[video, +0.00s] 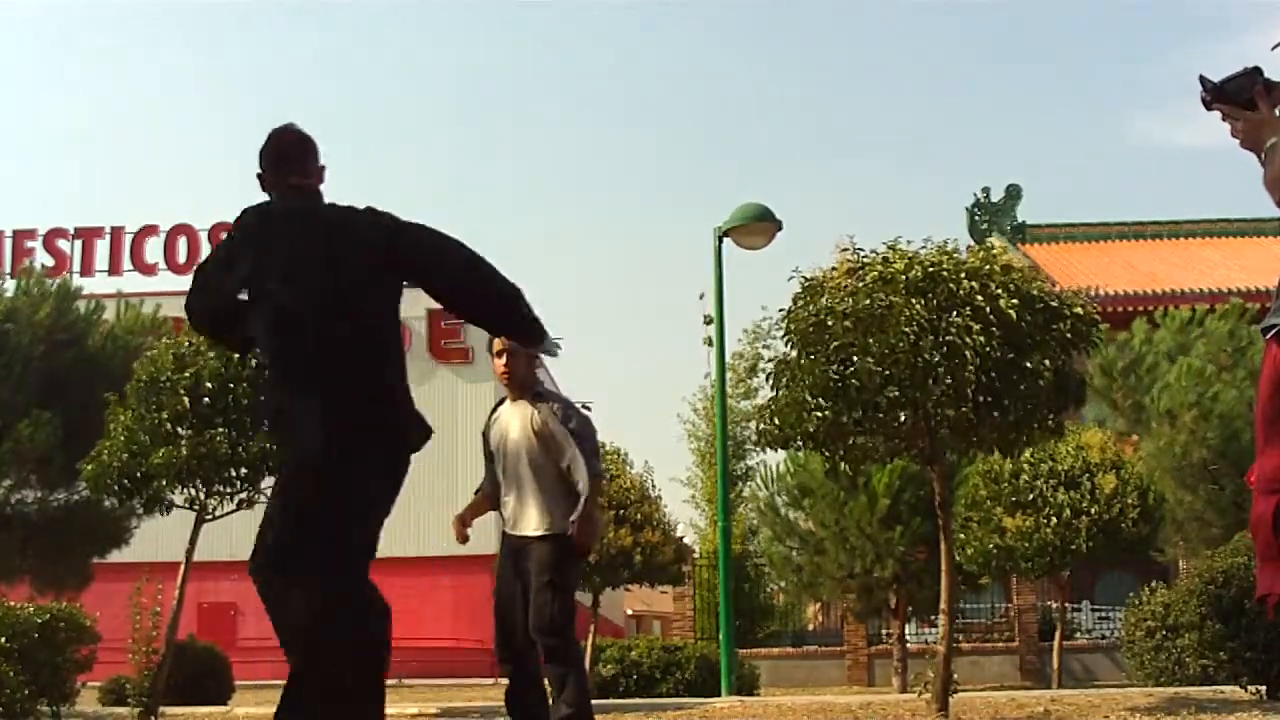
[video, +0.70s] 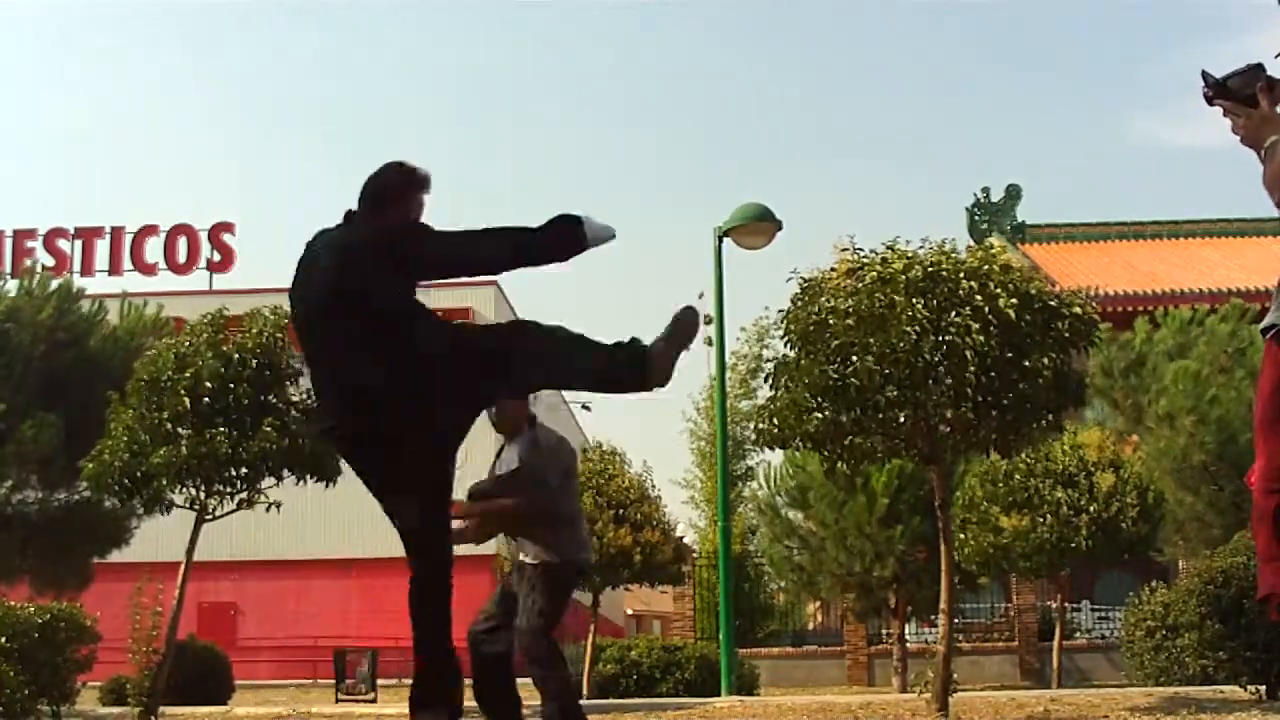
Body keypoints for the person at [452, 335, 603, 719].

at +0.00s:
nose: (505, 361)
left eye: (514, 353)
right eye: (499, 354)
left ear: (533, 359)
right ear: (491, 363)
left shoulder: (556, 410)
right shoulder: (497, 418)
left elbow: (587, 465)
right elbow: (496, 483)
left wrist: (587, 511)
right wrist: (467, 514)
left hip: (553, 538)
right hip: (513, 538)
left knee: (551, 633)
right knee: (512, 639)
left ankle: (573, 712)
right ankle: (527, 713)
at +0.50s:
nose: (498, 373)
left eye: (505, 363)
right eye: (492, 366)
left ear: (526, 366)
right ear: (486, 372)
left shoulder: (558, 413)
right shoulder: (494, 417)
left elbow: (579, 479)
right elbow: (490, 475)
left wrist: (570, 534)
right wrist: (478, 525)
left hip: (556, 537)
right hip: (513, 538)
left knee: (551, 639)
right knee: (497, 635)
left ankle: (571, 710)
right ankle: (522, 711)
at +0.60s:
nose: (495, 392)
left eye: (504, 383)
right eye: (489, 384)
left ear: (527, 386)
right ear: (483, 389)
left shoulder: (561, 430)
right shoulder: (495, 436)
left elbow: (539, 493)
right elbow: (500, 504)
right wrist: (464, 540)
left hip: (562, 550)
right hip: (517, 551)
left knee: (543, 639)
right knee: (486, 639)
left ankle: (567, 711)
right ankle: (519, 713)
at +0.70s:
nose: (493, 413)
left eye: (501, 404)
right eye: (492, 405)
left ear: (524, 403)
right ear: (493, 409)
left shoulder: (549, 446)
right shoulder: (508, 453)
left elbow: (526, 498)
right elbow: (490, 521)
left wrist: (465, 506)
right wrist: (447, 535)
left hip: (555, 562)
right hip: (527, 563)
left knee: (532, 639)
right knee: (485, 637)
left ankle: (566, 713)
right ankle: (504, 714)